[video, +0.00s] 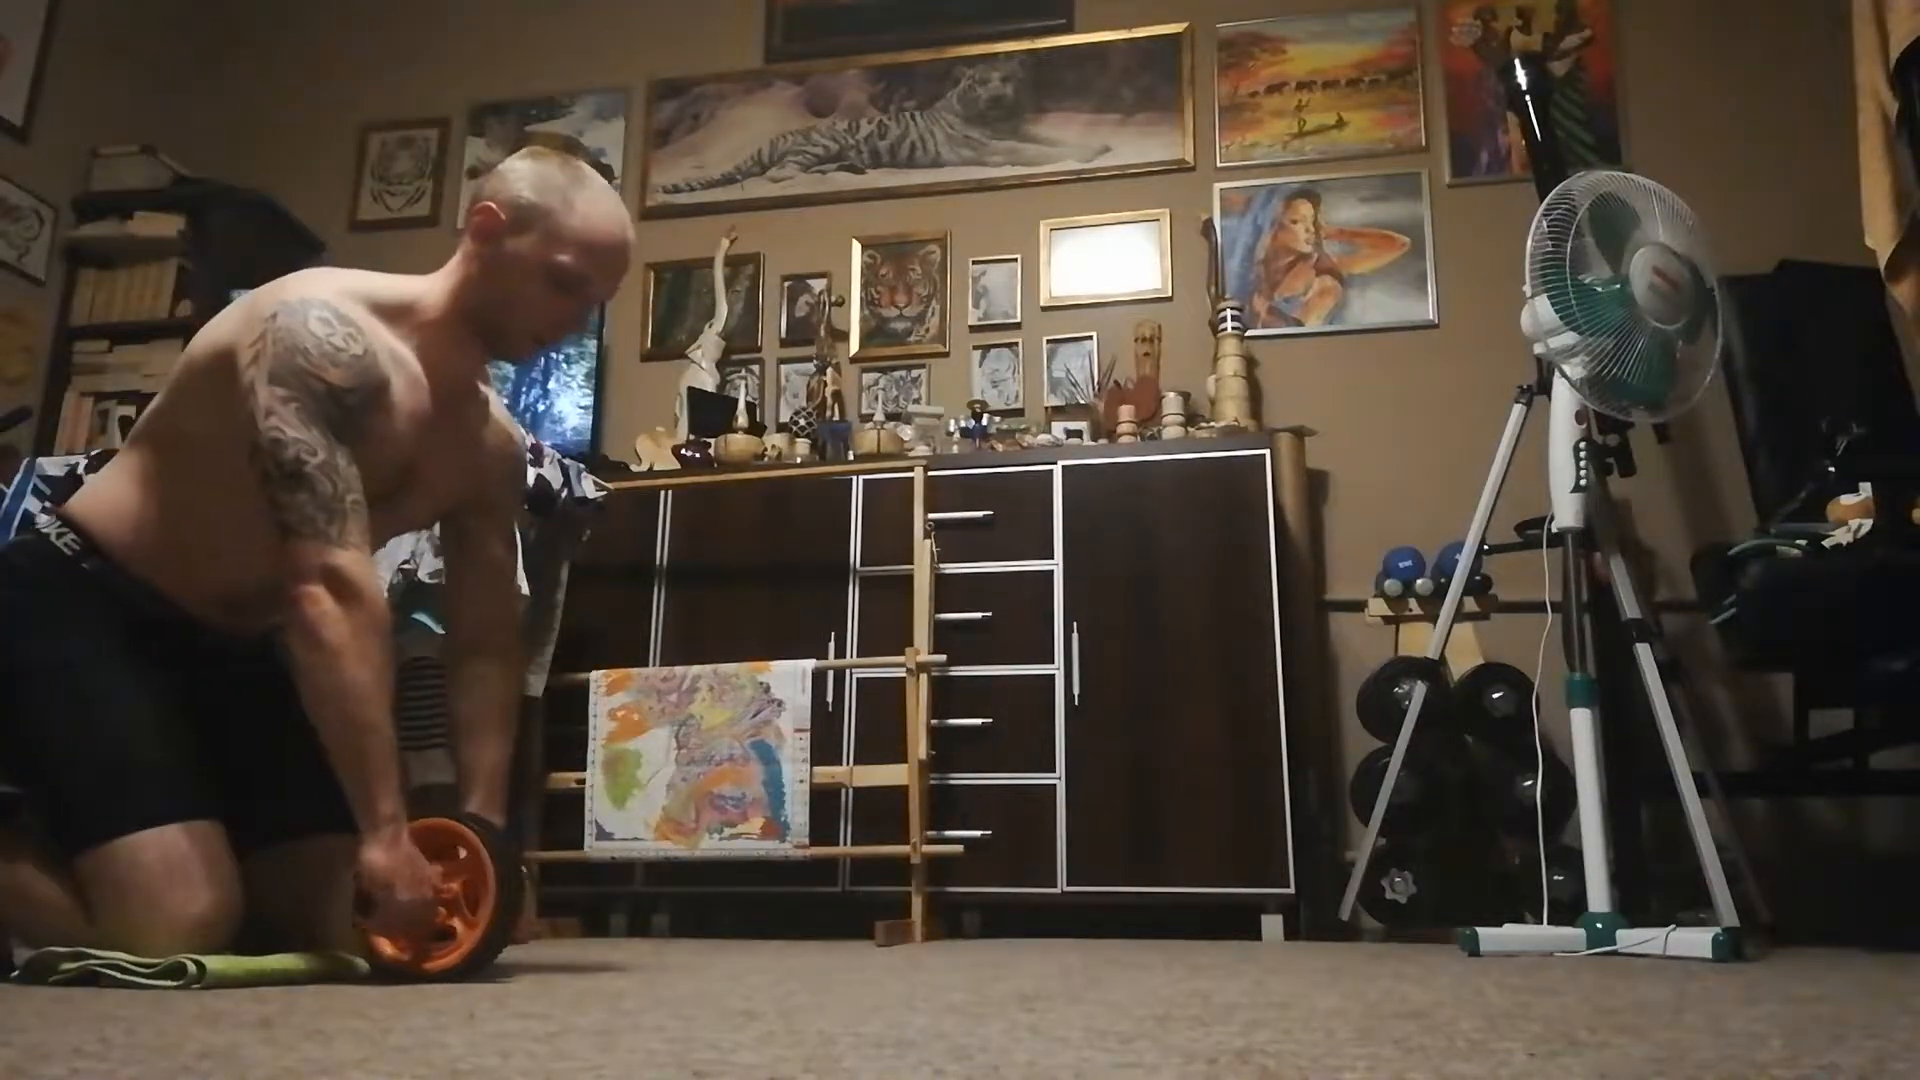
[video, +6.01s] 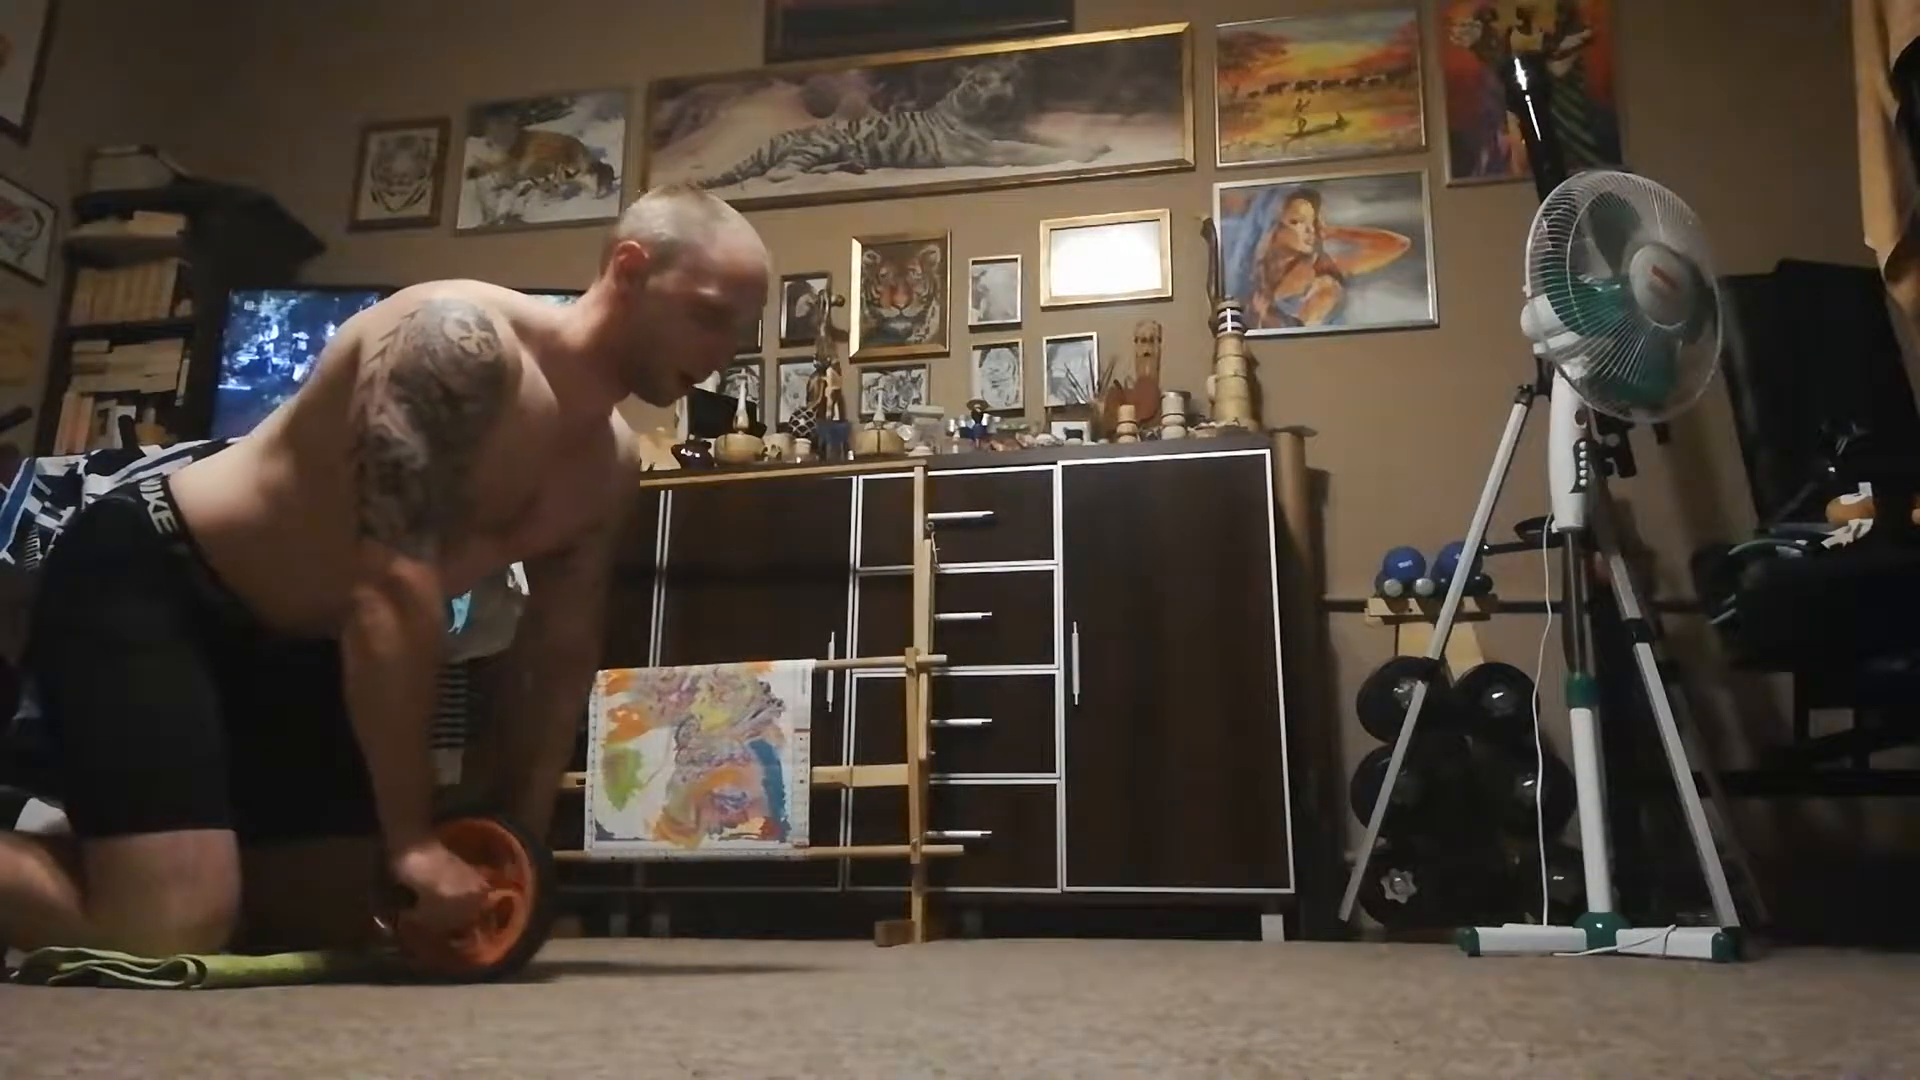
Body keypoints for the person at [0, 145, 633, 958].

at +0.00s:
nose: (580, 320)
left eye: (597, 301)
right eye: (570, 285)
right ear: (487, 227)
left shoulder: (491, 447)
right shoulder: (319, 335)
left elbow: (487, 647)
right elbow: (328, 595)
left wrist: (481, 830)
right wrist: (386, 831)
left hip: (242, 645)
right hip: (87, 602)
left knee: (337, 924)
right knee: (182, 925)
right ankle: (10, 862)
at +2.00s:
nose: (698, 390)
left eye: (719, 373)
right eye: (695, 357)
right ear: (629, 288)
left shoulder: (587, 459)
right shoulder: (427, 335)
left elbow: (537, 652)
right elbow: (381, 606)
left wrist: (495, 858)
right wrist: (397, 843)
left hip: (293, 628)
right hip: (152, 566)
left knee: (362, 914)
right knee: (175, 927)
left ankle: (125, 869)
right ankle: (13, 847)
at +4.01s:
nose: (717, 340)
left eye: (733, 317)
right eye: (707, 300)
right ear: (621, 247)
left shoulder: (607, 465)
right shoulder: (449, 335)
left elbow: (548, 664)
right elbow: (390, 598)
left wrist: (498, 872)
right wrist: (400, 854)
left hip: (293, 643)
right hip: (149, 573)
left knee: (359, 923)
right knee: (177, 923)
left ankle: (82, 867)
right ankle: (8, 858)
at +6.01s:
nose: (726, 355)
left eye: (741, 332)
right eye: (713, 319)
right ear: (630, 269)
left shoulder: (609, 469)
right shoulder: (457, 340)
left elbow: (552, 676)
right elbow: (386, 599)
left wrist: (507, 868)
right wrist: (412, 842)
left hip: (293, 640)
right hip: (147, 575)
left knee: (349, 916)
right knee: (172, 931)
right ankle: (10, 860)